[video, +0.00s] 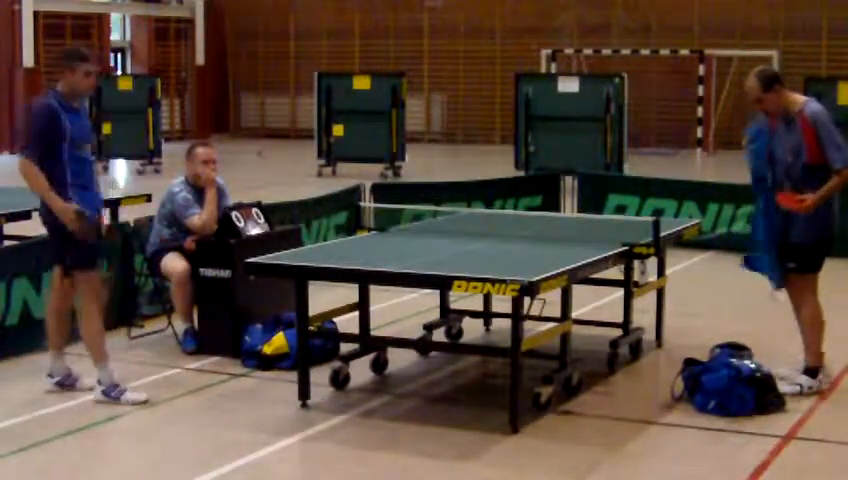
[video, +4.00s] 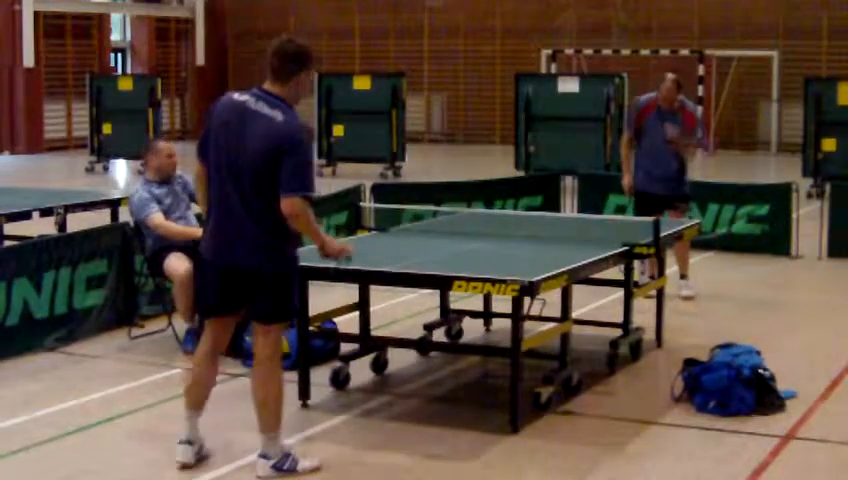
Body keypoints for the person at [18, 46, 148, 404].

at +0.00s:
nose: (92, 82)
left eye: (94, 76)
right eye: (87, 75)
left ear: (90, 79)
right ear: (66, 74)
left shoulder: (81, 112)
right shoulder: (45, 110)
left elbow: (86, 167)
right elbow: (28, 164)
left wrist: (99, 208)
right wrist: (59, 206)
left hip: (85, 209)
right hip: (65, 211)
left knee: (63, 286)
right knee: (91, 288)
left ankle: (57, 369)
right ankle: (106, 379)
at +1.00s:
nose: (34, 72)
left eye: (35, 66)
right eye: (27, 66)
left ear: (35, 69)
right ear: (5, 69)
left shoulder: (43, 108)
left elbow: (60, 157)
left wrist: (72, 206)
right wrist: (0, 196)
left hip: (50, 216)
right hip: (10, 221)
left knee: (71, 281)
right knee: (8, 297)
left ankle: (60, 371)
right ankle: (9, 382)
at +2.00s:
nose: (114, 72)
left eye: (114, 64)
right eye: (109, 63)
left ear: (101, 66)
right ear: (87, 64)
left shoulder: (107, 108)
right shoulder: (61, 114)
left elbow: (130, 166)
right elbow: (71, 177)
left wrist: (123, 153)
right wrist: (134, 175)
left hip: (111, 228)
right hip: (82, 232)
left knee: (100, 317)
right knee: (95, 316)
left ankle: (84, 405)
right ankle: (84, 408)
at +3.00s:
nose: (246, 76)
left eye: (244, 68)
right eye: (243, 68)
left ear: (215, 67)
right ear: (233, 68)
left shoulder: (220, 113)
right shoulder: (207, 117)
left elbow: (213, 188)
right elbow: (204, 189)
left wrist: (248, 216)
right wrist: (255, 214)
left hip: (232, 244)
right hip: (211, 247)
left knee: (245, 325)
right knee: (221, 333)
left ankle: (247, 422)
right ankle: (176, 421)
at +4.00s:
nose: (313, 84)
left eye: (312, 76)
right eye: (311, 77)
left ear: (270, 71)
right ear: (301, 79)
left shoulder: (226, 106)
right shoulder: (292, 130)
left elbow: (201, 171)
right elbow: (292, 205)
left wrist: (211, 219)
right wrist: (324, 241)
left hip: (220, 248)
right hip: (269, 254)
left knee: (212, 339)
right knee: (268, 347)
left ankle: (188, 439)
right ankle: (272, 452)